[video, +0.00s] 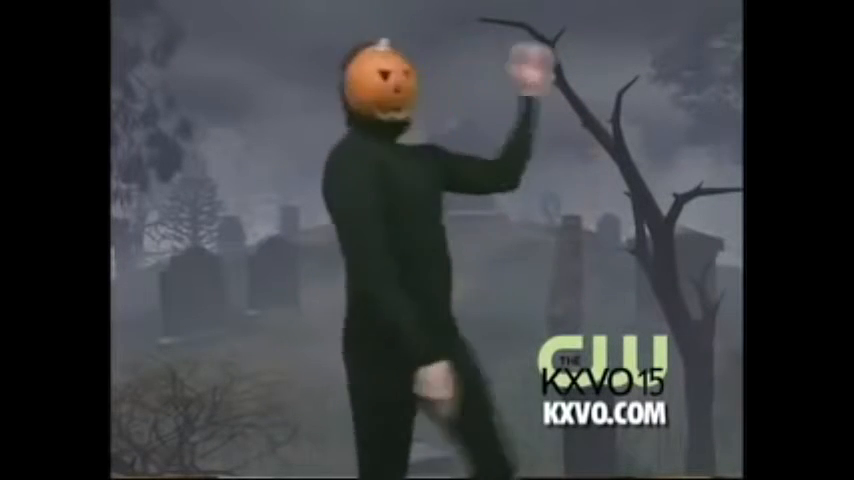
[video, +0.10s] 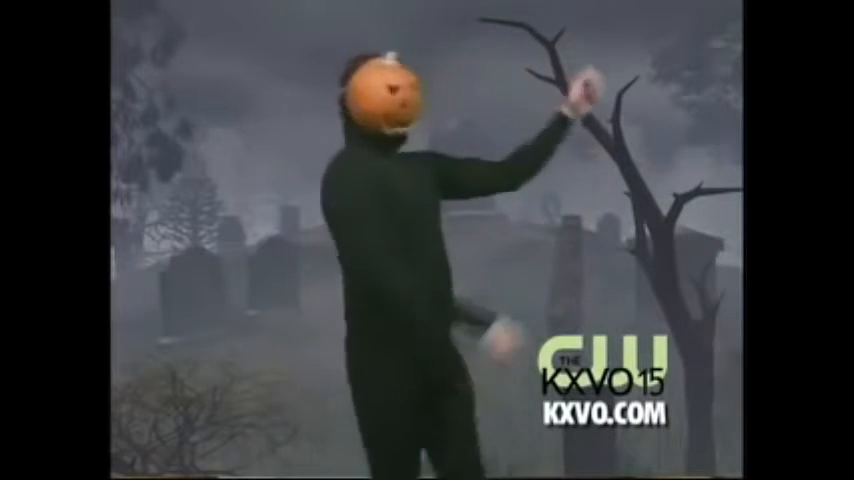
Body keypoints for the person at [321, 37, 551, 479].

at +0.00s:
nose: (397, 77)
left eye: (403, 68)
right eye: (381, 69)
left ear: (414, 84)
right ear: (353, 90)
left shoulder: (420, 160)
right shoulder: (351, 163)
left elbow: (501, 175)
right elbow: (375, 273)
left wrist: (530, 99)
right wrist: (425, 358)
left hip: (436, 337)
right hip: (381, 344)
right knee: (382, 470)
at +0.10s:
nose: (400, 87)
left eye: (403, 77)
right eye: (382, 79)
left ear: (414, 95)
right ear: (352, 101)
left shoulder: (420, 168)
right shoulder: (348, 176)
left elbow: (504, 175)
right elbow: (385, 279)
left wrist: (568, 113)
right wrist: (481, 322)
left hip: (434, 351)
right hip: (382, 359)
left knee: (463, 469)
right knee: (395, 471)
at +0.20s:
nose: (439, 91)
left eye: (440, 80)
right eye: (425, 81)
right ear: (393, 95)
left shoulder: (416, 159)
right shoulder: (366, 178)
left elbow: (496, 181)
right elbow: (423, 284)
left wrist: (538, 117)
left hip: (416, 342)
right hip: (372, 351)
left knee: (491, 448)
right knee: (389, 471)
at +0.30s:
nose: (465, 125)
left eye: (467, 114)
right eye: (456, 114)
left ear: (419, 122)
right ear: (426, 122)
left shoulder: (418, 166)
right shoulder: (396, 187)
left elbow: (480, 173)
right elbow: (486, 280)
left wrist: (473, 107)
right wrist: (508, 190)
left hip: (410, 341)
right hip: (365, 356)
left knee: (511, 390)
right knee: (389, 471)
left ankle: (473, 474)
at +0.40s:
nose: (464, 96)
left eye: (463, 86)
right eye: (456, 86)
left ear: (406, 95)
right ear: (436, 94)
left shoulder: (393, 148)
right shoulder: (425, 166)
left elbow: (464, 155)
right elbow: (504, 253)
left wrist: (469, 96)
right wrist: (536, 178)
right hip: (392, 343)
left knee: (506, 372)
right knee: (404, 470)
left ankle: (445, 469)